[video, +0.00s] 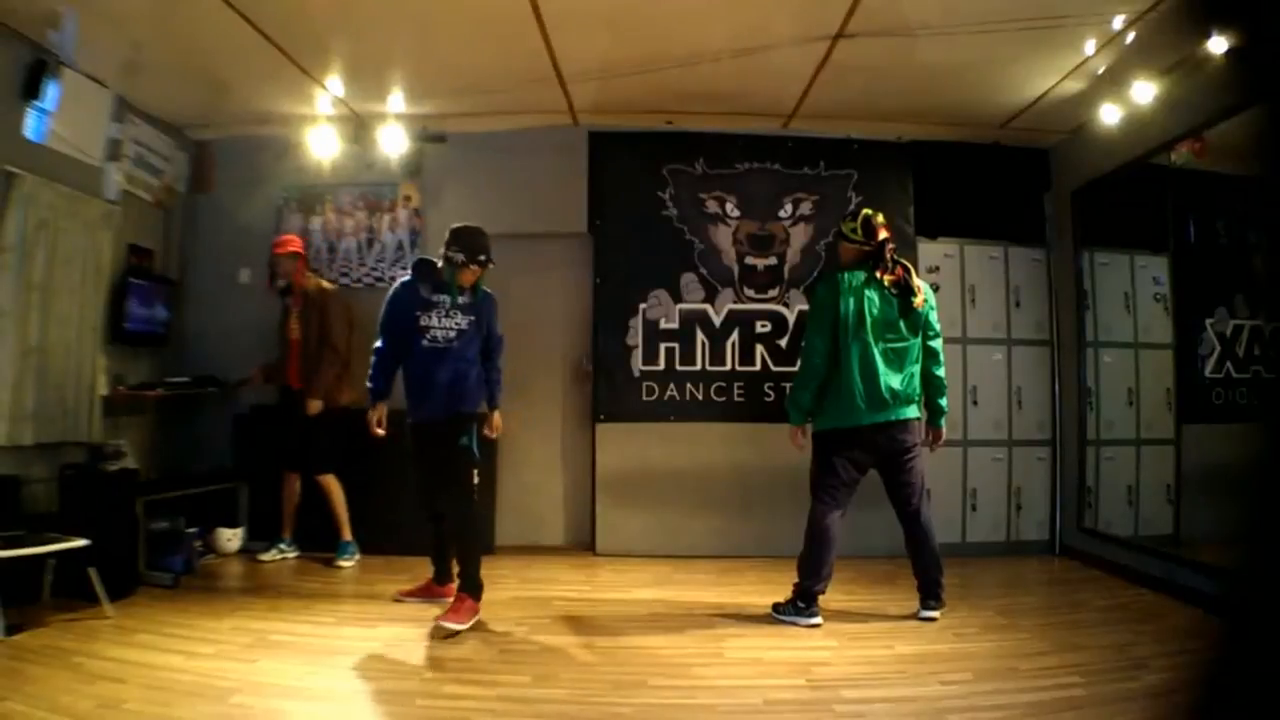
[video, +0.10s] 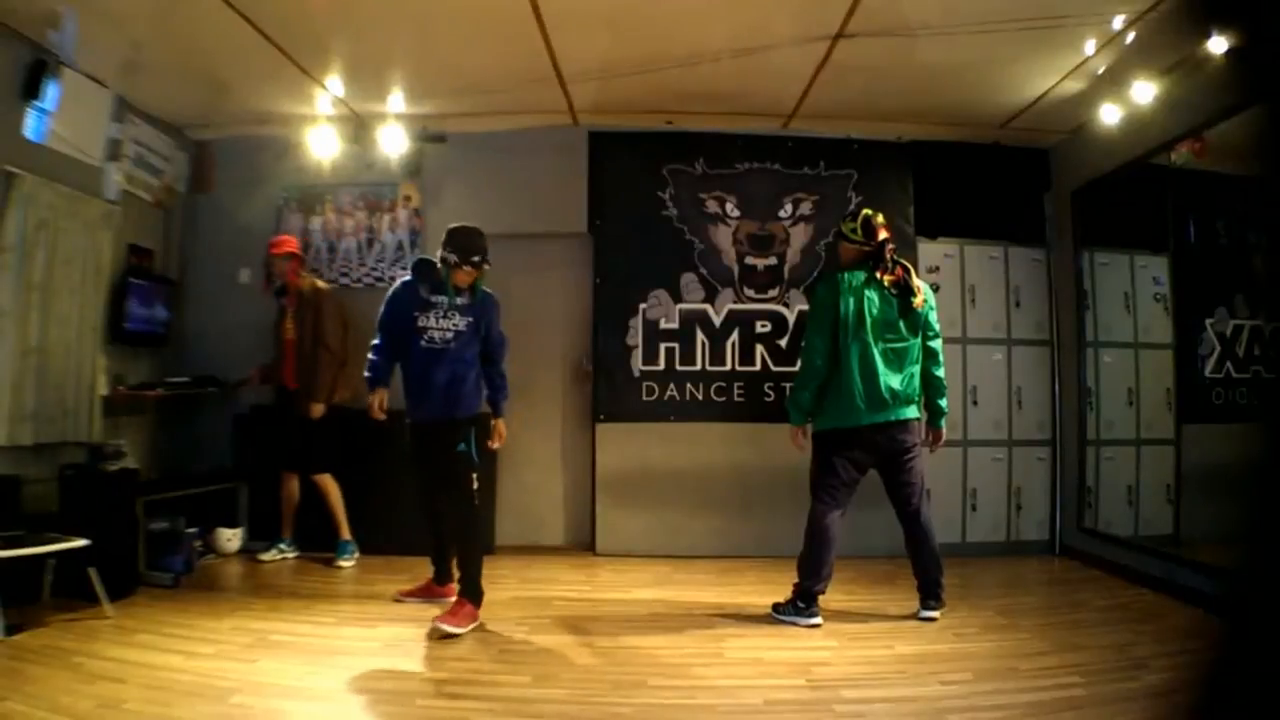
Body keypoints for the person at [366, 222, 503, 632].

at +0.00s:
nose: (474, 275)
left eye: (478, 268)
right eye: (468, 267)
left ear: (482, 266)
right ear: (450, 261)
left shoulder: (482, 300)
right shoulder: (409, 292)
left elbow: (491, 354)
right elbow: (386, 345)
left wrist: (493, 405)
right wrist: (379, 397)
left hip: (466, 410)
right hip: (424, 409)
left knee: (463, 500)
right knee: (431, 496)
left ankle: (470, 593)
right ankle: (441, 577)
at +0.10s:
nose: (471, 276)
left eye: (476, 269)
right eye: (465, 268)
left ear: (481, 267)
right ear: (446, 261)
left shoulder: (482, 302)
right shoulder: (408, 292)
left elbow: (494, 358)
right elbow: (384, 339)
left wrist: (498, 412)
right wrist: (378, 383)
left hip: (467, 414)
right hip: (423, 413)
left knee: (467, 505)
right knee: (432, 499)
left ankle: (471, 599)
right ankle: (442, 577)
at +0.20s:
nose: (463, 275)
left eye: (470, 267)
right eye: (456, 266)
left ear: (478, 264)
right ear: (438, 260)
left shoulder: (485, 303)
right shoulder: (409, 291)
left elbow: (501, 358)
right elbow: (385, 338)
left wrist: (508, 412)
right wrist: (376, 376)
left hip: (463, 415)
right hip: (423, 414)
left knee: (462, 504)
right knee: (431, 497)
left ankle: (468, 603)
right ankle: (442, 579)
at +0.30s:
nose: (441, 270)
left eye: (449, 262)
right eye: (435, 261)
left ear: (466, 259)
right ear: (427, 258)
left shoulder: (486, 299)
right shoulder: (413, 290)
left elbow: (508, 352)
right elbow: (392, 338)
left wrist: (517, 405)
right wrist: (375, 379)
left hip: (463, 416)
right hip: (423, 415)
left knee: (466, 506)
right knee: (430, 497)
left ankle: (468, 604)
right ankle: (440, 578)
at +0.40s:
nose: (424, 269)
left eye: (430, 261)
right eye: (420, 262)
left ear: (450, 254)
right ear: (417, 258)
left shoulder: (485, 293)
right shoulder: (417, 290)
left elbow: (511, 344)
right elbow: (401, 344)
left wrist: (520, 397)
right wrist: (377, 391)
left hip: (463, 415)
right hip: (425, 414)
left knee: (467, 506)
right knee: (424, 495)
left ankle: (469, 603)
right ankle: (437, 575)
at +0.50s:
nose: (409, 270)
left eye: (413, 261)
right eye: (406, 262)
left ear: (434, 253)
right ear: (415, 258)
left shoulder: (479, 289)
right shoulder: (419, 289)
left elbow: (508, 339)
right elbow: (409, 348)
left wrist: (516, 389)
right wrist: (390, 398)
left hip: (466, 414)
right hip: (425, 414)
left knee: (467, 508)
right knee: (421, 496)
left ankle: (468, 604)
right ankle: (435, 574)